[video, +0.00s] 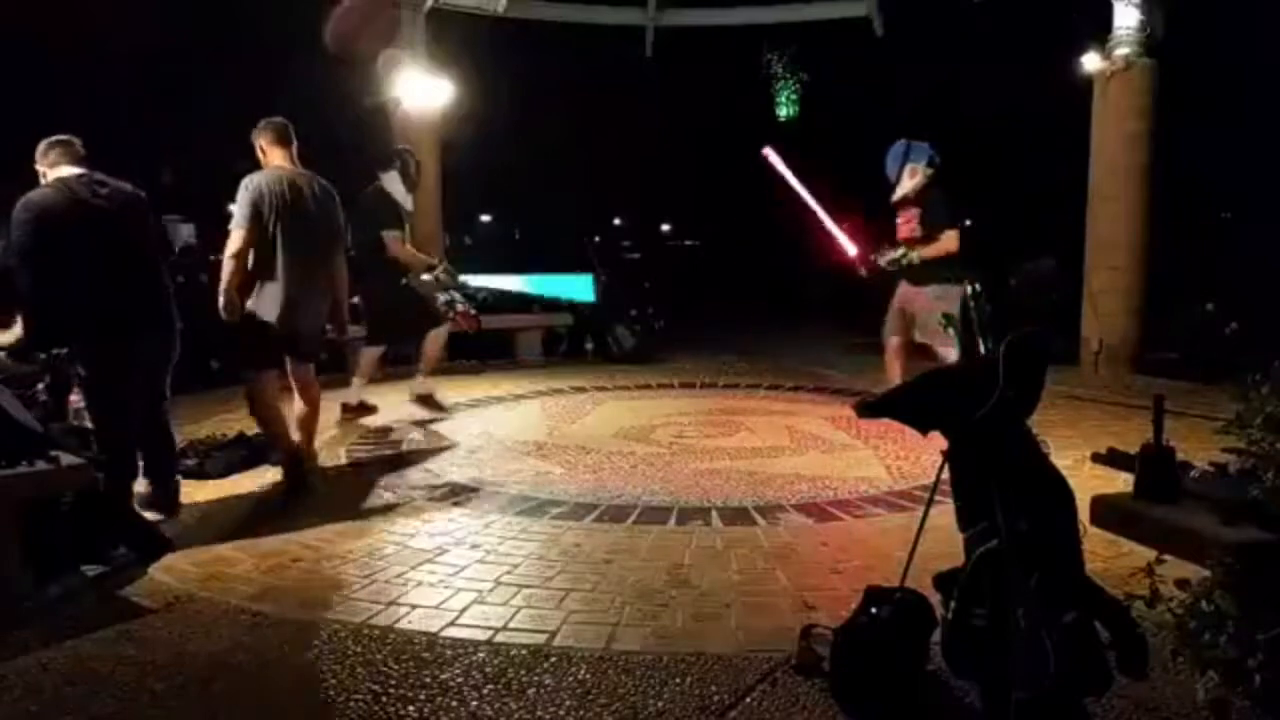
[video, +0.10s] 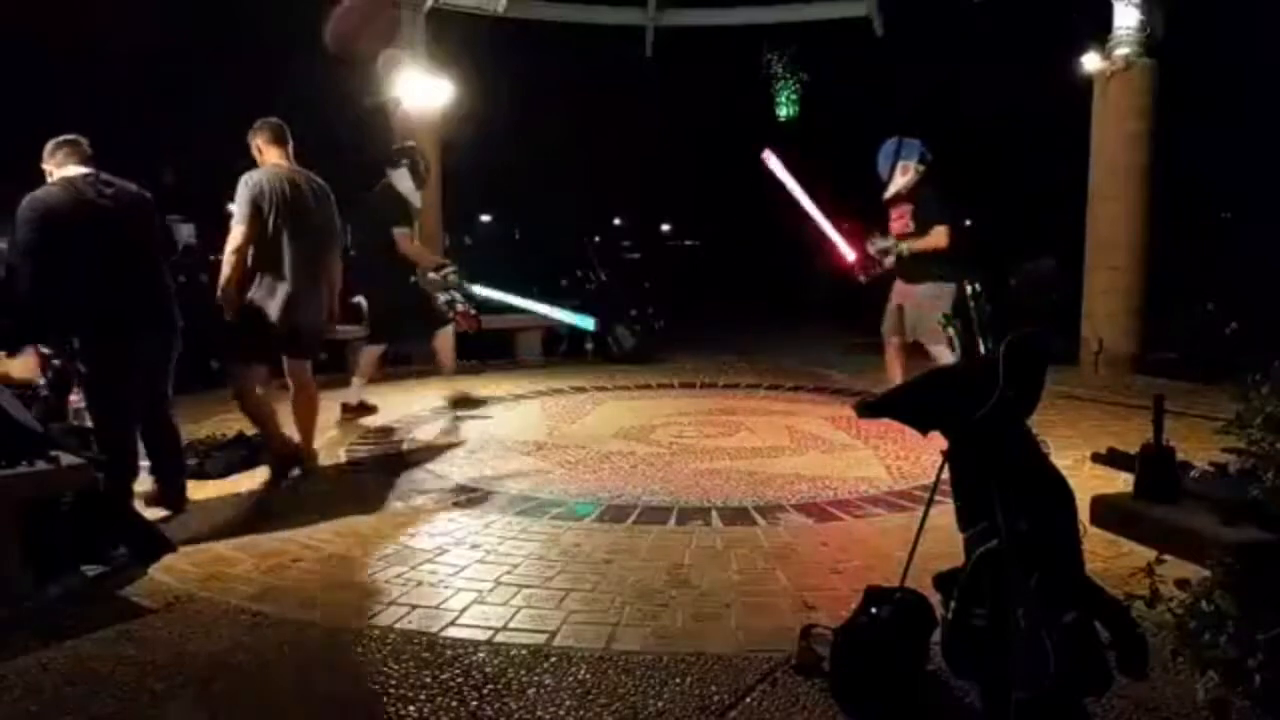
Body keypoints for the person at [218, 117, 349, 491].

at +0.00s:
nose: (260, 156)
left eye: (258, 151)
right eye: (261, 151)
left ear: (262, 149)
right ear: (295, 145)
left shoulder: (255, 185)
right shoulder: (324, 190)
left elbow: (237, 246)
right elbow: (338, 259)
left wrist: (226, 289)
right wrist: (342, 310)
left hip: (268, 304)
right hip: (313, 303)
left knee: (264, 387)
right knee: (305, 376)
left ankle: (290, 458)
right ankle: (306, 457)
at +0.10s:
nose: (256, 156)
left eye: (254, 151)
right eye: (257, 151)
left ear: (258, 148)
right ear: (291, 146)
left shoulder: (254, 182)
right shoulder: (319, 187)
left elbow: (239, 242)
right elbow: (333, 253)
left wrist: (225, 287)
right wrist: (334, 302)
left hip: (266, 296)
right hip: (310, 297)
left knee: (246, 384)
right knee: (302, 376)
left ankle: (281, 447)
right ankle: (307, 451)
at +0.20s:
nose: (249, 158)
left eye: (248, 153)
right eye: (250, 153)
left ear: (253, 150)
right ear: (284, 147)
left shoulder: (249, 181)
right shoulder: (313, 187)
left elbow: (236, 238)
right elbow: (327, 251)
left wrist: (226, 286)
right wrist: (324, 298)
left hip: (259, 297)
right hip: (303, 298)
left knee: (233, 370)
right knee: (300, 377)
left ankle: (260, 451)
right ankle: (306, 451)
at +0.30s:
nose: (236, 162)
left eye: (235, 157)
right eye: (236, 157)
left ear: (240, 152)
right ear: (271, 150)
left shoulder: (238, 182)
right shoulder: (301, 188)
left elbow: (226, 238)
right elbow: (317, 243)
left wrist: (224, 269)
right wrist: (303, 281)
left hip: (250, 298)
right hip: (295, 300)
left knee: (224, 368)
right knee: (297, 375)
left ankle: (225, 457)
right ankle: (304, 452)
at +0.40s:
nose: (225, 165)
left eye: (224, 160)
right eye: (225, 161)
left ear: (229, 156)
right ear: (258, 153)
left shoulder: (227, 186)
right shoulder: (289, 189)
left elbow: (219, 238)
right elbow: (311, 243)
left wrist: (213, 284)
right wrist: (295, 281)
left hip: (241, 300)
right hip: (288, 300)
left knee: (224, 374)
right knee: (293, 373)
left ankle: (220, 456)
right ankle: (304, 451)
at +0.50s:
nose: (204, 176)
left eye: (204, 171)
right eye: (205, 171)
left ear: (209, 167)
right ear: (240, 163)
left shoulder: (205, 197)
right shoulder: (270, 192)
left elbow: (200, 253)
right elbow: (297, 242)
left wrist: (199, 294)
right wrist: (293, 287)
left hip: (232, 302)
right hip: (282, 298)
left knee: (213, 380)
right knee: (291, 363)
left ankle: (219, 461)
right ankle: (308, 432)